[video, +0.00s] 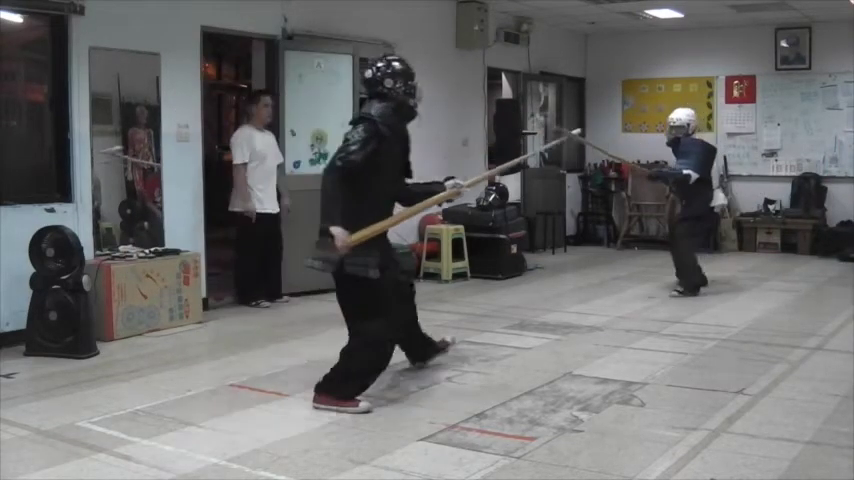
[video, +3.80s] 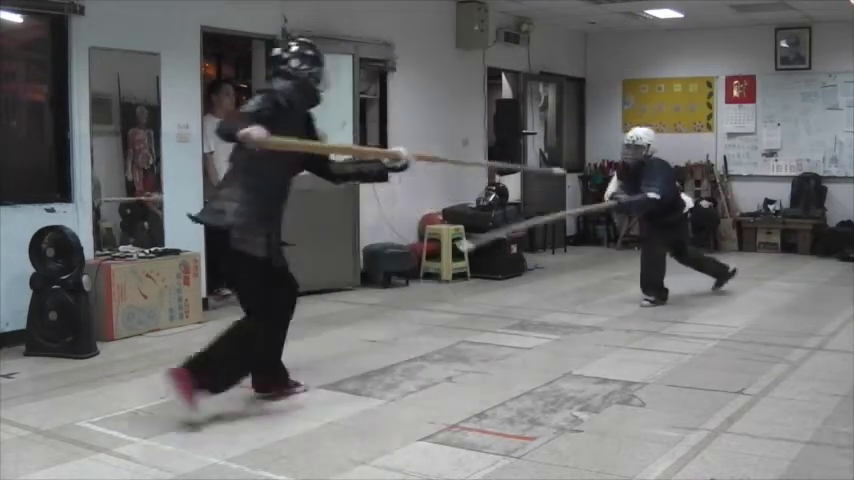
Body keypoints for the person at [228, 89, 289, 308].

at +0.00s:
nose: (270, 111)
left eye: (271, 106)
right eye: (265, 106)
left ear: (270, 110)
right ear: (252, 109)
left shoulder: (269, 136)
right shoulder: (242, 135)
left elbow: (272, 172)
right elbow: (239, 171)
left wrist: (282, 196)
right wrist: (246, 201)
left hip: (270, 206)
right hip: (250, 207)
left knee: (273, 252)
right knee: (250, 254)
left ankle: (273, 292)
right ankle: (249, 295)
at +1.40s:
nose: (242, 102)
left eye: (242, 98)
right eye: (237, 98)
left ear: (241, 102)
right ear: (224, 100)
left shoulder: (241, 127)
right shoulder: (212, 124)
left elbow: (248, 161)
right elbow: (211, 159)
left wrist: (255, 190)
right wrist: (216, 191)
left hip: (243, 198)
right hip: (219, 199)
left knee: (254, 238)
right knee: (219, 245)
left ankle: (260, 282)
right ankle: (217, 285)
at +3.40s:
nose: (232, 99)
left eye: (232, 95)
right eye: (227, 95)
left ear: (232, 99)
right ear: (215, 98)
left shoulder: (233, 125)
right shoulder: (207, 123)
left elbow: (243, 156)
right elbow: (207, 158)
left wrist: (253, 182)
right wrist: (217, 188)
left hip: (237, 195)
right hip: (215, 197)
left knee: (241, 241)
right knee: (217, 244)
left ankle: (251, 280)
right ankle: (217, 285)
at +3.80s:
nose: (231, 100)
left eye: (232, 95)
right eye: (226, 95)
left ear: (233, 98)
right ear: (214, 98)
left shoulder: (235, 123)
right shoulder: (209, 123)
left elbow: (239, 153)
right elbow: (208, 155)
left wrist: (239, 177)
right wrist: (216, 183)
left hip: (233, 183)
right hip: (217, 185)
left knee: (229, 234)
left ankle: (228, 282)